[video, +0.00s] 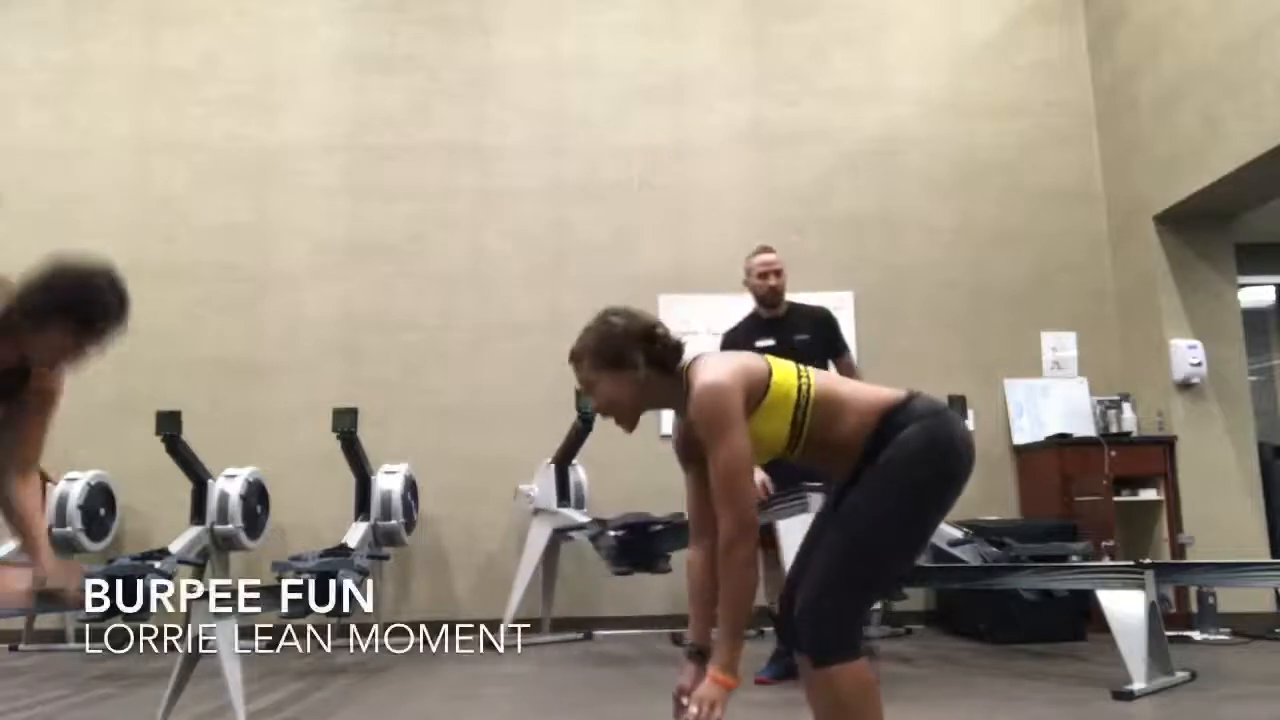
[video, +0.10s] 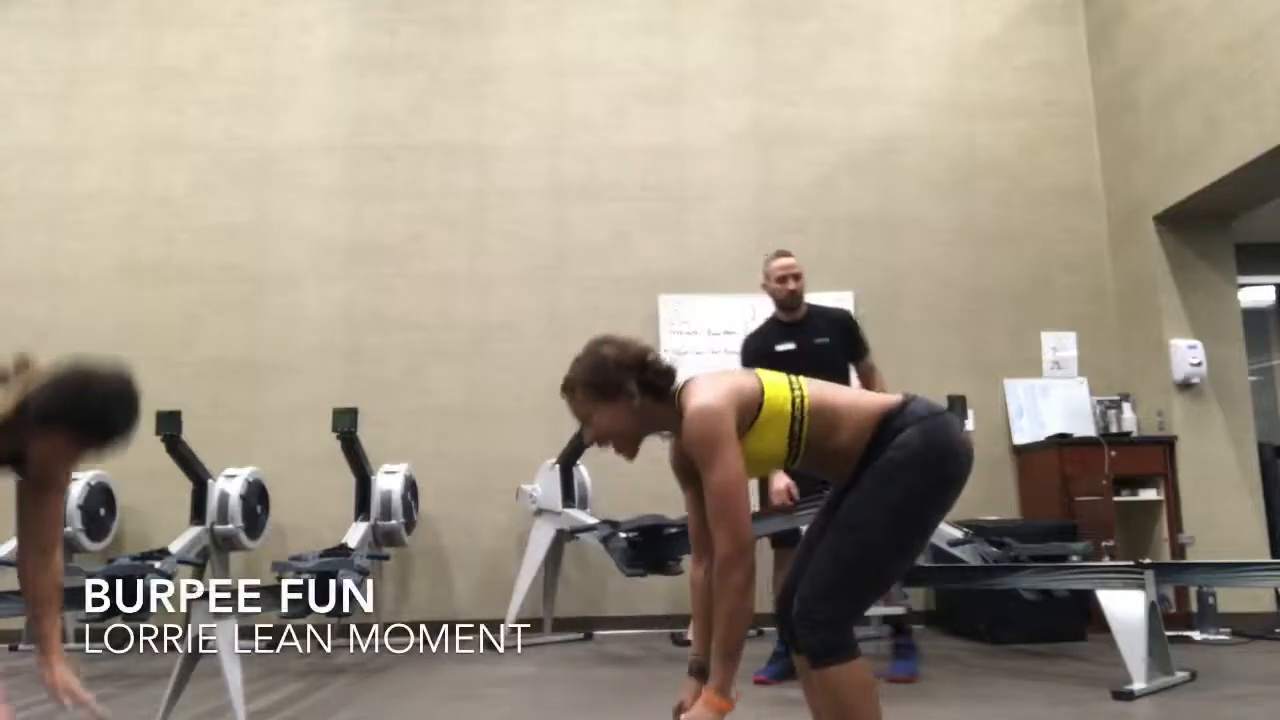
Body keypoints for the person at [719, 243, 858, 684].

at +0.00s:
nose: (771, 282)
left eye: (776, 273)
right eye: (762, 275)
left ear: (786, 276)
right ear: (747, 282)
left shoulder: (818, 320)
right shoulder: (735, 340)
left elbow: (851, 379)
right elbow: (719, 403)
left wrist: (855, 436)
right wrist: (746, 467)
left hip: (825, 450)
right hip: (769, 456)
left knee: (833, 544)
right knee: (766, 541)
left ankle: (850, 633)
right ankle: (785, 639)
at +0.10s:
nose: (790, 285)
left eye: (795, 277)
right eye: (781, 279)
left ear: (805, 280)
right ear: (766, 286)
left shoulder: (840, 324)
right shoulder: (756, 344)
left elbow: (870, 377)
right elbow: (753, 412)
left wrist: (877, 433)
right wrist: (771, 470)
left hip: (844, 453)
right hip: (791, 461)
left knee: (873, 541)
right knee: (785, 549)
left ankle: (902, 634)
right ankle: (787, 644)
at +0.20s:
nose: (812, 290)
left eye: (817, 282)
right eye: (803, 285)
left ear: (827, 284)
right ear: (789, 293)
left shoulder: (865, 324)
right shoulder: (781, 349)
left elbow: (897, 375)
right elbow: (782, 415)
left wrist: (913, 430)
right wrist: (791, 481)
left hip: (873, 455)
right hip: (816, 466)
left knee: (888, 546)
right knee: (808, 556)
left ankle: (906, 638)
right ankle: (786, 646)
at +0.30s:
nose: (824, 298)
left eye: (829, 290)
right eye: (814, 293)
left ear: (840, 290)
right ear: (802, 301)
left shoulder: (882, 327)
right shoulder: (797, 356)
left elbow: (921, 377)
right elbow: (803, 423)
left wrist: (937, 438)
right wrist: (815, 463)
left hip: (891, 457)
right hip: (837, 465)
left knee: (896, 547)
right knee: (832, 554)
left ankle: (907, 640)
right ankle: (815, 645)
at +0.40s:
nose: (826, 306)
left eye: (831, 297)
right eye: (817, 302)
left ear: (842, 294)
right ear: (806, 308)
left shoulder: (887, 328)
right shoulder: (805, 361)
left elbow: (929, 372)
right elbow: (811, 427)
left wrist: (950, 431)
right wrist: (834, 457)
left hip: (900, 456)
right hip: (848, 463)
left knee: (903, 550)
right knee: (849, 549)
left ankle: (906, 645)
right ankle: (852, 643)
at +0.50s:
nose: (824, 321)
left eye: (828, 311)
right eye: (814, 317)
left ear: (842, 304)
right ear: (807, 323)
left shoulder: (889, 335)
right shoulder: (813, 371)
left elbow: (934, 372)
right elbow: (812, 434)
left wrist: (956, 432)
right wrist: (830, 490)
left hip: (905, 464)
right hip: (856, 473)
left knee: (909, 556)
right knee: (866, 556)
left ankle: (913, 647)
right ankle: (882, 643)